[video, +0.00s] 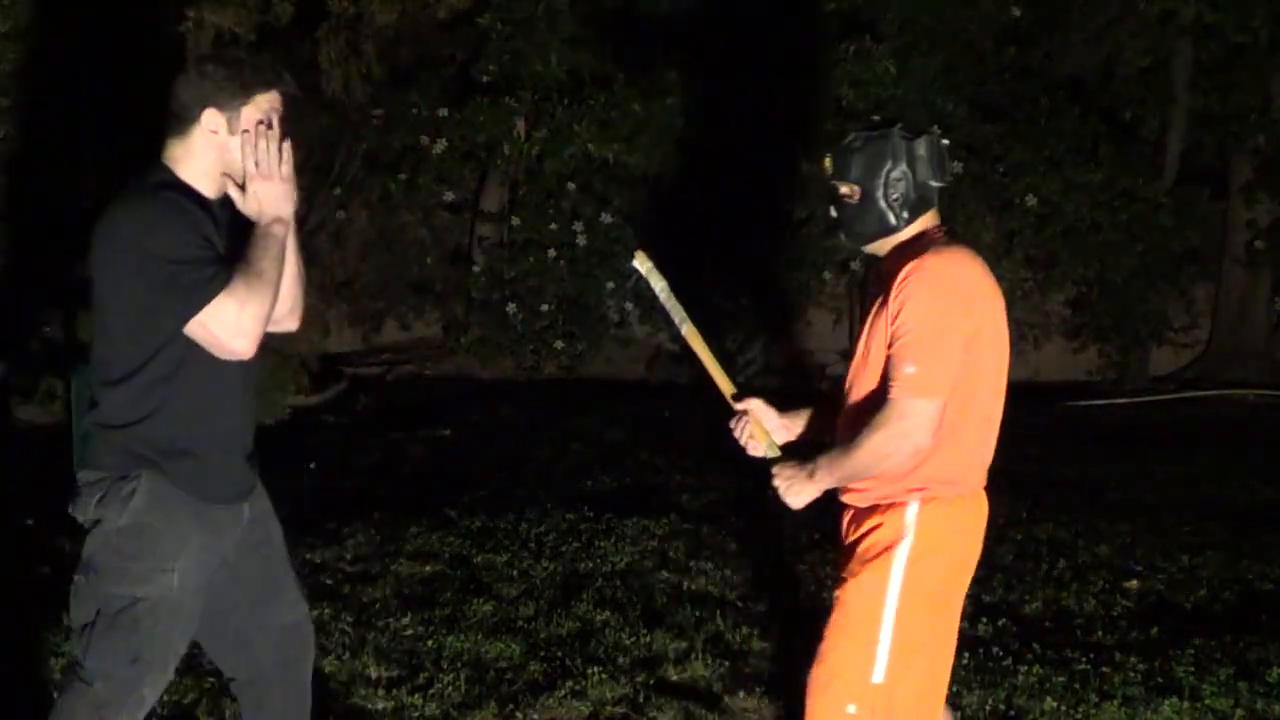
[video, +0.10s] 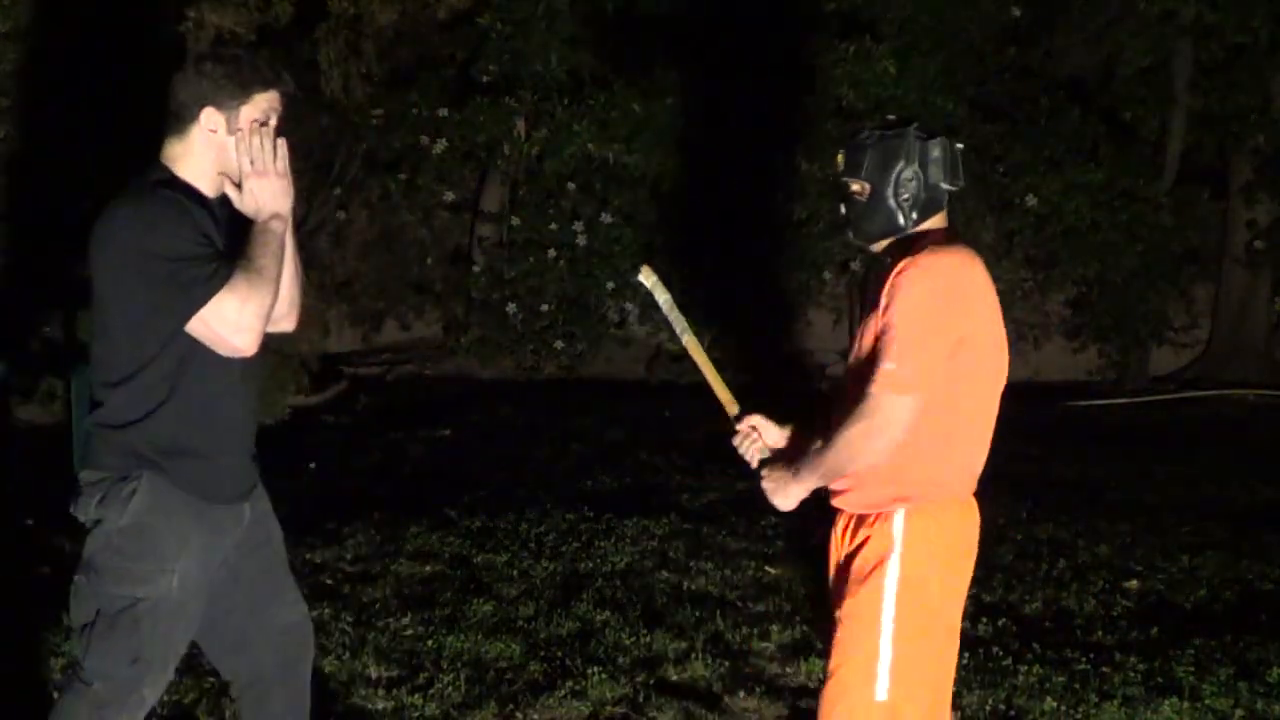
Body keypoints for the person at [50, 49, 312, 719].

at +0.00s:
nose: (274, 144)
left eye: (277, 127)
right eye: (263, 124)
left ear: (221, 131)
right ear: (215, 127)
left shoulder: (220, 217)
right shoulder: (145, 219)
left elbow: (286, 315)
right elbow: (234, 333)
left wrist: (282, 218)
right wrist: (270, 224)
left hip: (228, 493)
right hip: (147, 494)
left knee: (280, 665)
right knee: (110, 694)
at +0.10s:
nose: (274, 145)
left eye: (276, 127)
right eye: (263, 125)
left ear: (219, 131)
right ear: (215, 127)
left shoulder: (217, 218)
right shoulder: (143, 221)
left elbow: (284, 315)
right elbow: (237, 330)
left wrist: (279, 218)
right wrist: (268, 221)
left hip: (231, 498)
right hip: (149, 498)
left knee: (279, 662)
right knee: (110, 695)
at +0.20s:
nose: (274, 143)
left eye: (276, 126)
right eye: (263, 123)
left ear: (219, 130)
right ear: (215, 126)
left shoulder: (218, 217)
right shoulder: (144, 220)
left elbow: (286, 314)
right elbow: (238, 331)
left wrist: (281, 216)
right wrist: (269, 219)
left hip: (231, 497)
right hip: (150, 498)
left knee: (280, 664)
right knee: (110, 696)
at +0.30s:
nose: (273, 145)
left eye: (276, 127)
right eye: (262, 125)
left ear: (220, 130)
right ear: (215, 125)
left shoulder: (219, 217)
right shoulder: (145, 219)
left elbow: (288, 314)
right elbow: (238, 331)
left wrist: (284, 217)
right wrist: (271, 220)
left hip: (233, 499)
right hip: (151, 500)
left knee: (282, 659)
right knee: (109, 696)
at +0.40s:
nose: (279, 145)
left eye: (280, 127)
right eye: (268, 125)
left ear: (223, 132)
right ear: (218, 129)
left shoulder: (229, 220)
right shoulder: (148, 226)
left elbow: (288, 314)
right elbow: (231, 338)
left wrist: (305, 227)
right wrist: (284, 231)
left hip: (242, 497)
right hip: (153, 505)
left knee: (312, 642)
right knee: (113, 697)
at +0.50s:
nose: (304, 162)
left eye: (300, 142)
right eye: (288, 142)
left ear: (240, 152)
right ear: (234, 149)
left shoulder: (252, 247)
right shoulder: (163, 251)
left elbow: (311, 304)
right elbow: (221, 368)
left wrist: (359, 257)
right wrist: (302, 276)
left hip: (264, 506)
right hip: (172, 515)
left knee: (352, 626)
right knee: (136, 702)